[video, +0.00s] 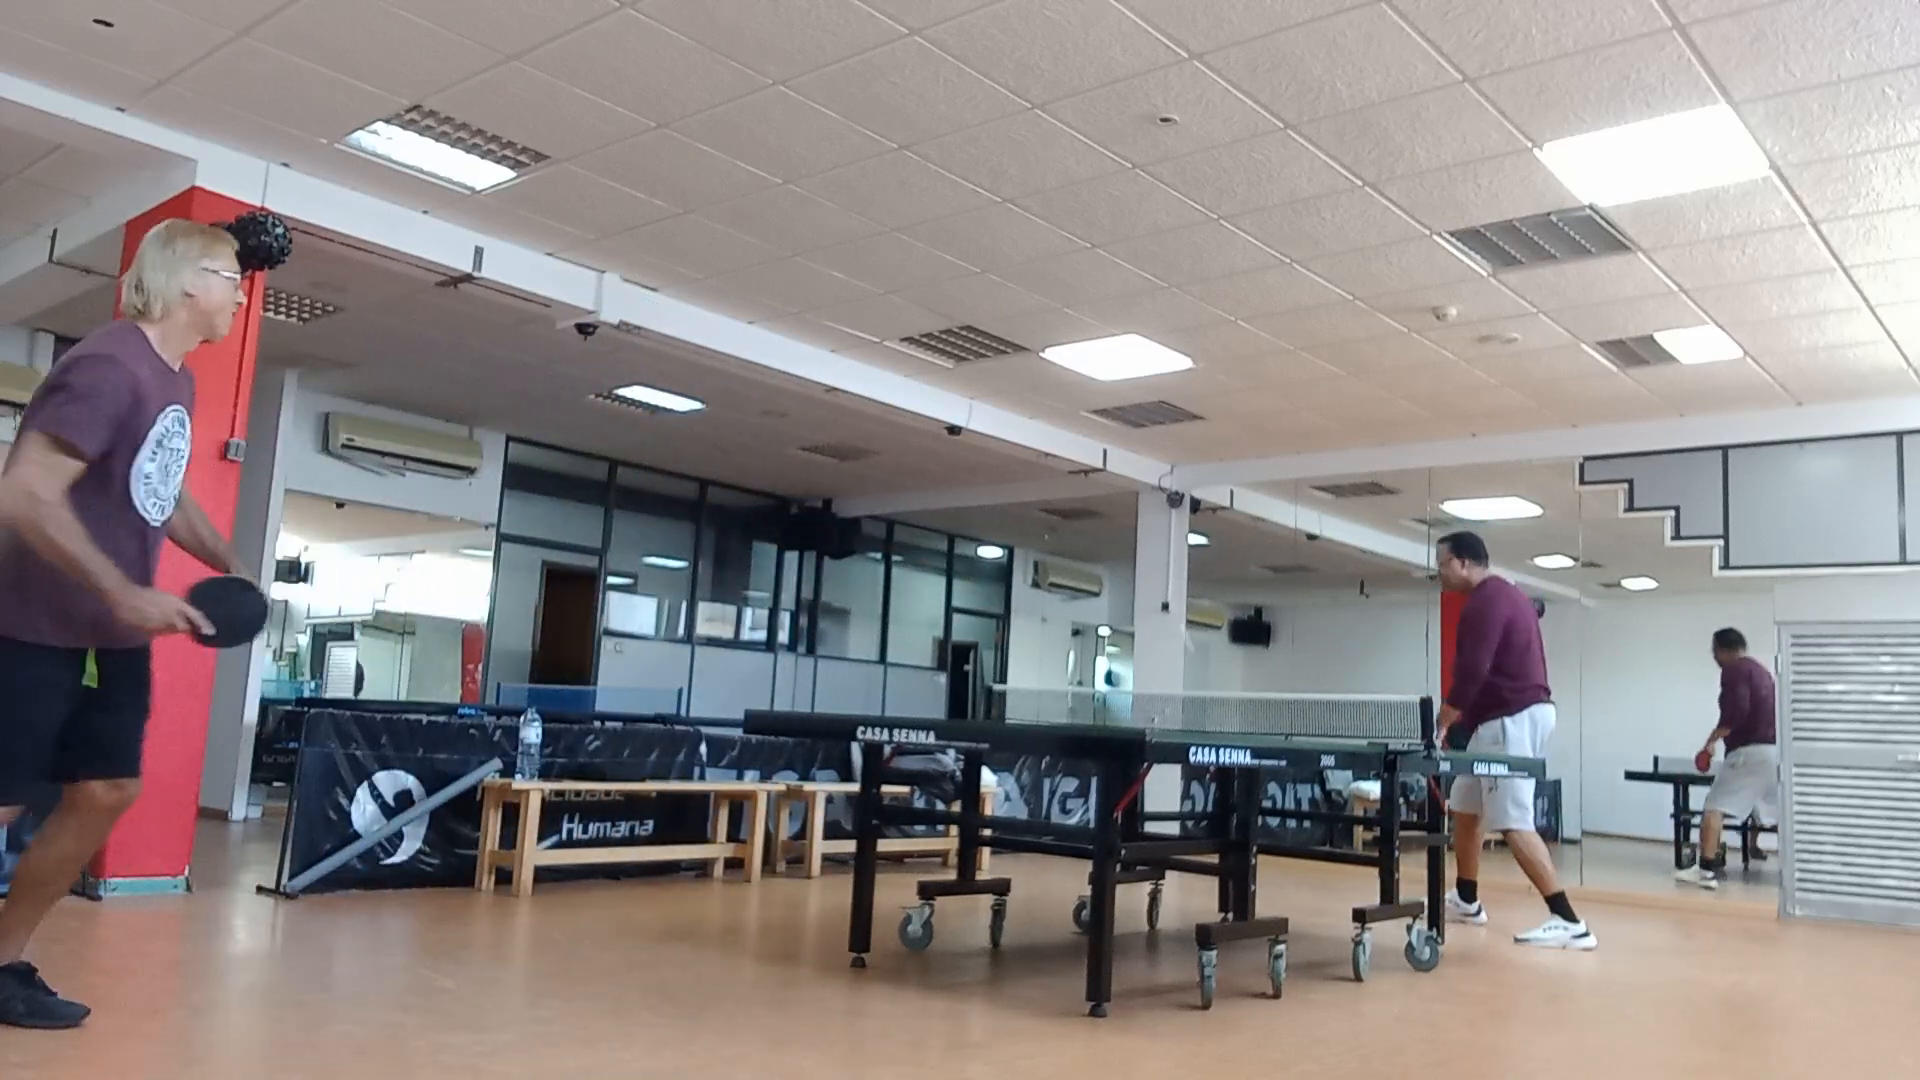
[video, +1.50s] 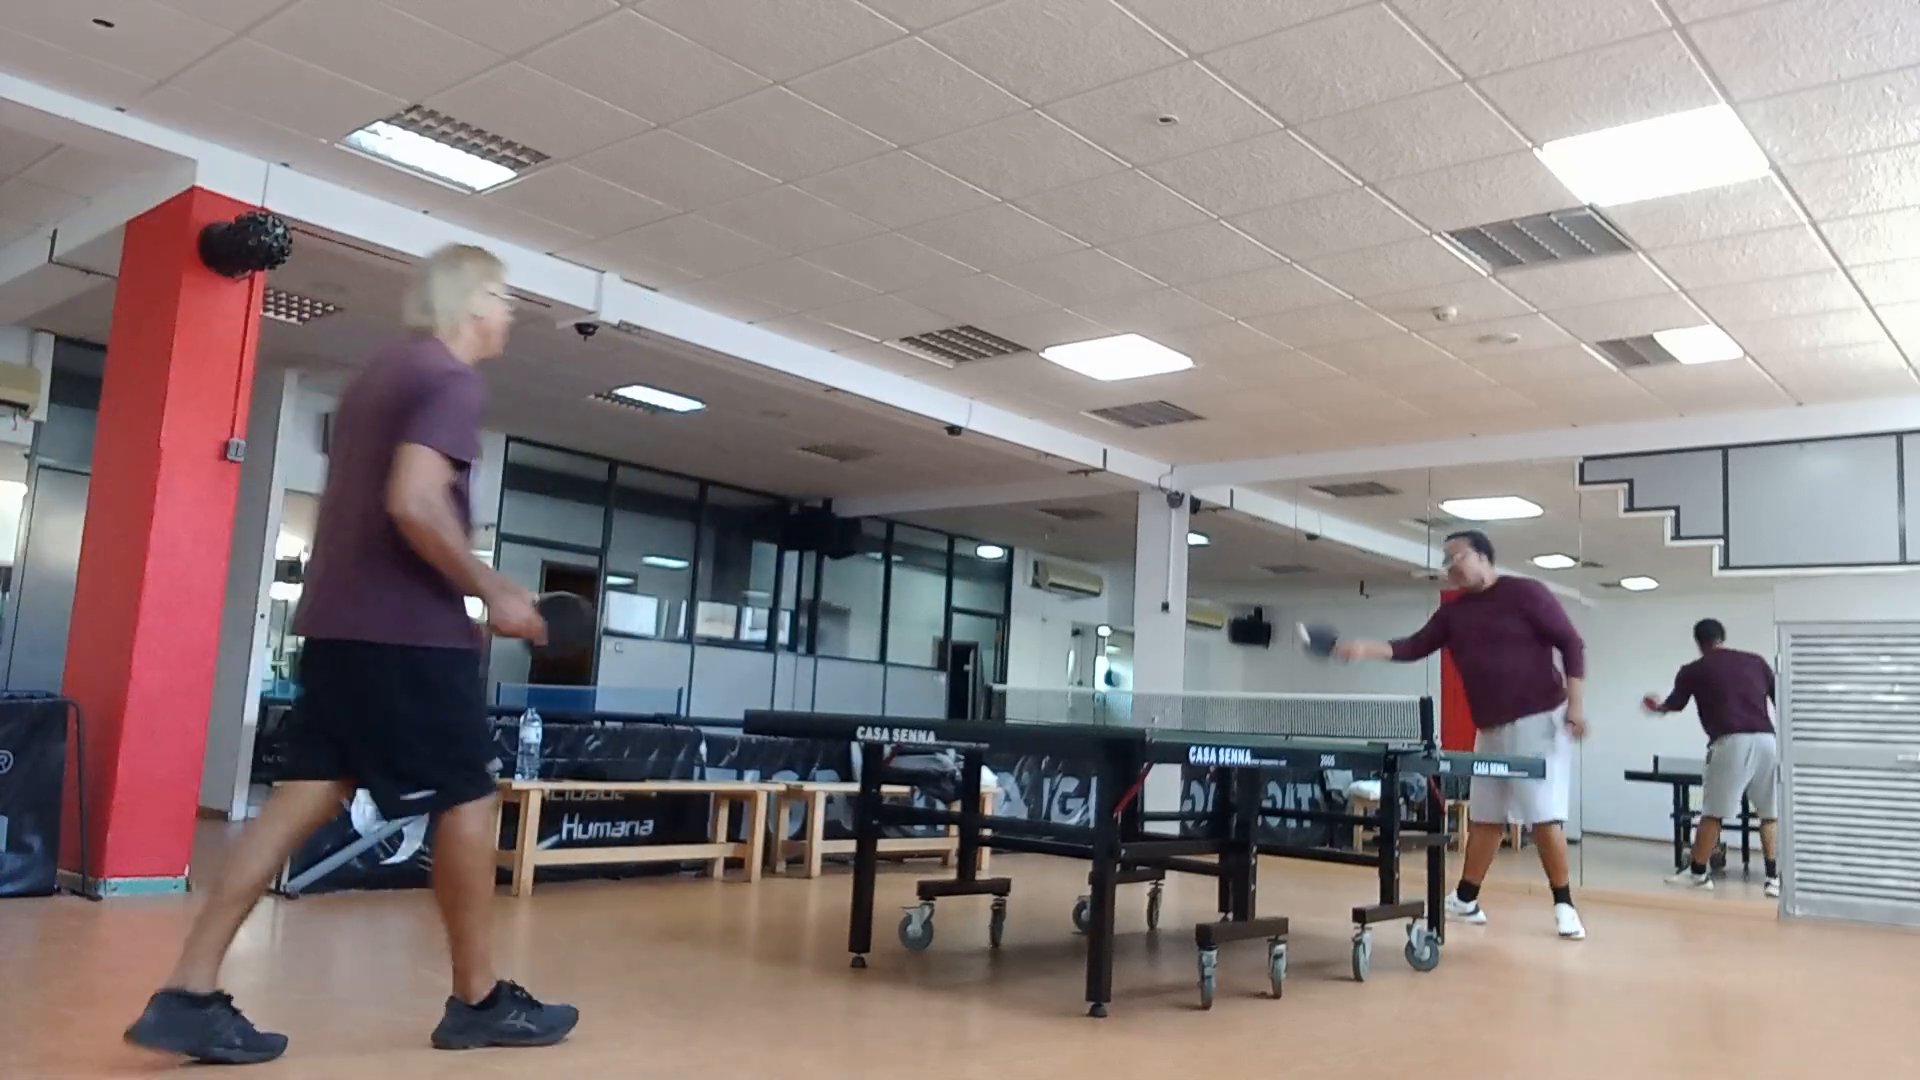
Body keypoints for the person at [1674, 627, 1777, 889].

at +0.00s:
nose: (1716, 660)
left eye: (1716, 654)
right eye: (1715, 654)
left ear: (1725, 650)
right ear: (1741, 648)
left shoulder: (1735, 670)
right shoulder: (1761, 670)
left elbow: (1737, 710)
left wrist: (1712, 740)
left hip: (1751, 753)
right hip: (1775, 751)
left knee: (1713, 806)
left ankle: (1706, 868)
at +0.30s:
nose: (1673, 663)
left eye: (1673, 656)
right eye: (1671, 657)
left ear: (1682, 651)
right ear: (1695, 647)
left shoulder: (1704, 665)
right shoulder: (1717, 664)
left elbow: (1690, 693)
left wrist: (1647, 696)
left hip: (1729, 750)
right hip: (1753, 747)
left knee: (1699, 809)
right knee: (1762, 814)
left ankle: (1697, 873)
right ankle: (1792, 855)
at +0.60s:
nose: (1649, 661)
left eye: (1648, 654)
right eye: (1646, 656)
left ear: (1659, 647)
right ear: (1669, 644)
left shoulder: (1675, 663)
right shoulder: (1698, 660)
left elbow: (1659, 697)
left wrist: (1616, 695)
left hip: (1715, 745)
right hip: (1740, 739)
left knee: (1697, 809)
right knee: (1741, 806)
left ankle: (1698, 872)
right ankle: (1774, 855)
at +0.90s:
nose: (1645, 663)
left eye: (1643, 657)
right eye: (1642, 659)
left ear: (1651, 649)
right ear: (1664, 644)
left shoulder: (1667, 665)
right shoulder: (1697, 659)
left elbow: (1671, 710)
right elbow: (1713, 699)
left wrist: (1645, 746)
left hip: (1711, 740)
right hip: (1739, 734)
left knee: (1697, 810)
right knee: (1746, 806)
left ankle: (1697, 872)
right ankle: (1774, 857)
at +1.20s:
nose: (1662, 656)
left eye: (1660, 651)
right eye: (1661, 651)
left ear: (1664, 648)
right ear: (1685, 640)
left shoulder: (1668, 673)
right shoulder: (1719, 659)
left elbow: (1663, 718)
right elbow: (1747, 700)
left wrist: (1649, 755)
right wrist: (1744, 735)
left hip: (1714, 741)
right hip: (1747, 736)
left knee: (1702, 811)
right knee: (1755, 806)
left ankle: (1698, 872)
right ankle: (1778, 861)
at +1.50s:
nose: (1705, 646)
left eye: (1701, 642)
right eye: (1712, 641)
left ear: (1698, 643)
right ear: (1723, 638)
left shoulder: (1693, 671)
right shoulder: (1754, 661)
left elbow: (1676, 703)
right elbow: (1780, 699)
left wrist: (1656, 708)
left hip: (1730, 743)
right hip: (1766, 742)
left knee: (1713, 813)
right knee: (1769, 814)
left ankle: (1697, 872)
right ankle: (1773, 878)